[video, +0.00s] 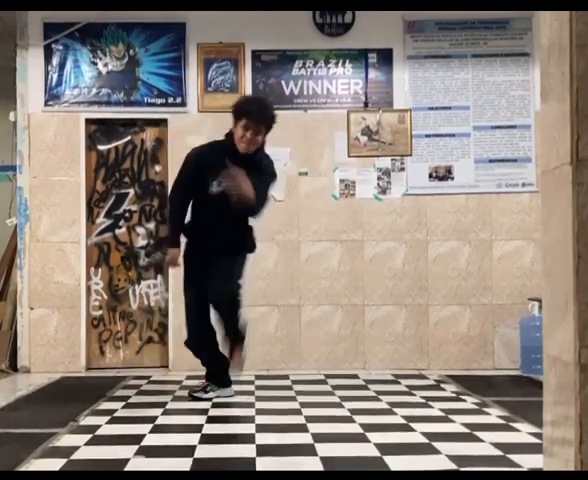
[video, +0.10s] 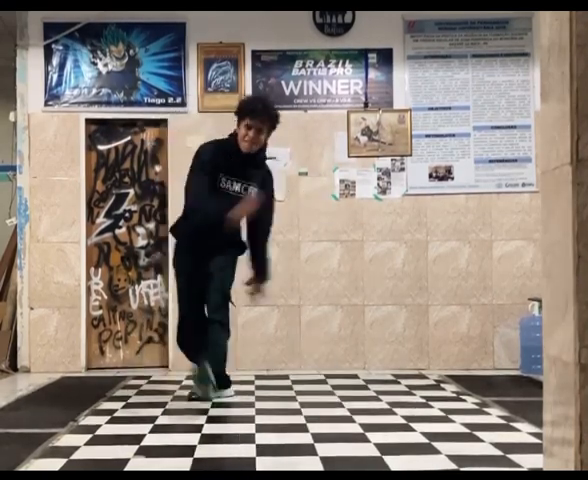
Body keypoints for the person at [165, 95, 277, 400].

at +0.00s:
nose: (250, 137)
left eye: (257, 133)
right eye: (245, 129)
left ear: (265, 135)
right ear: (235, 125)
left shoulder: (262, 166)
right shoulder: (202, 157)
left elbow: (255, 208)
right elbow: (178, 199)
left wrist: (247, 191)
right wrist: (172, 242)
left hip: (233, 243)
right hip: (199, 241)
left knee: (221, 293)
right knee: (196, 328)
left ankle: (234, 335)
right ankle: (219, 380)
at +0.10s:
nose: (251, 135)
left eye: (259, 131)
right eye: (247, 127)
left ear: (268, 135)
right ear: (238, 125)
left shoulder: (262, 174)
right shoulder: (209, 153)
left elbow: (260, 225)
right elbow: (195, 203)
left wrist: (259, 269)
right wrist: (231, 212)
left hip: (225, 244)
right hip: (191, 240)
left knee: (216, 305)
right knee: (190, 307)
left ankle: (215, 377)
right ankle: (201, 364)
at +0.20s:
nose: (250, 133)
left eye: (258, 129)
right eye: (246, 125)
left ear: (268, 133)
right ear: (238, 122)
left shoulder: (259, 174)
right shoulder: (218, 142)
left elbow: (239, 203)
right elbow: (242, 161)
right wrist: (289, 144)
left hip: (217, 235)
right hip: (185, 231)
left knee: (205, 291)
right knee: (183, 301)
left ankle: (202, 365)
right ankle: (209, 367)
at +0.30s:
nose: (249, 130)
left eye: (258, 125)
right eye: (245, 121)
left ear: (270, 127)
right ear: (238, 116)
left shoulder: (263, 151)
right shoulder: (220, 137)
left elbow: (254, 181)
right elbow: (243, 163)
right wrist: (296, 150)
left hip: (220, 238)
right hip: (186, 234)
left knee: (210, 305)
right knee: (167, 308)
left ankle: (205, 380)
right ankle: (171, 367)